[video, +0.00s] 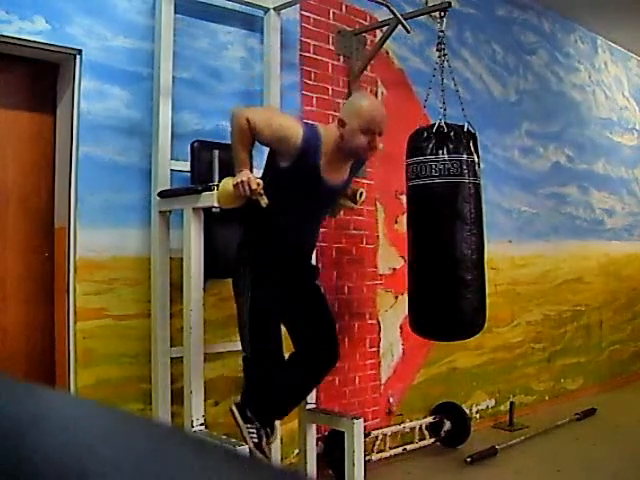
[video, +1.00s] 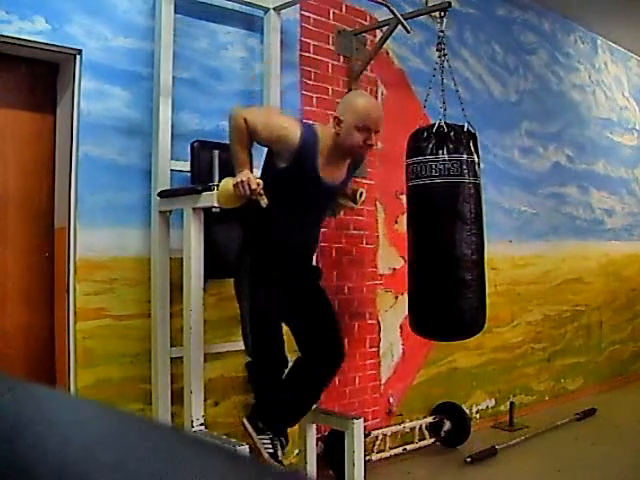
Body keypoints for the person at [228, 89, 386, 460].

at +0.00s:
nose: (375, 144)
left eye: (380, 135)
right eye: (368, 134)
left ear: (382, 134)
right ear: (342, 125)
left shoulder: (354, 160)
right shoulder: (300, 140)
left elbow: (312, 187)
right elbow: (244, 118)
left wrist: (340, 195)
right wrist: (243, 170)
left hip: (297, 266)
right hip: (258, 263)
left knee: (322, 350)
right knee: (264, 359)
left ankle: (254, 411)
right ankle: (261, 426)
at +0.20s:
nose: (369, 75)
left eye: (372, 66)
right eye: (362, 65)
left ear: (372, 66)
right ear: (337, 60)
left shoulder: (356, 105)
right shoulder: (292, 96)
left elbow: (316, 155)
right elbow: (236, 116)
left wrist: (337, 185)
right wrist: (243, 170)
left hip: (305, 228)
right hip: (267, 224)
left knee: (323, 318)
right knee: (262, 321)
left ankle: (249, 361)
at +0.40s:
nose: (362, 35)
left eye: (369, 28)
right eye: (355, 24)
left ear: (373, 32)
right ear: (330, 18)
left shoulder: (352, 71)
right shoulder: (286, 61)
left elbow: (342, 128)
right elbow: (247, 110)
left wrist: (342, 179)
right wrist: (245, 168)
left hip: (309, 196)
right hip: (269, 192)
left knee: (319, 286)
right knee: (259, 283)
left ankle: (244, 329)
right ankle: (243, 336)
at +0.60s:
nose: (362, 52)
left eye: (366, 45)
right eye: (356, 42)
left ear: (367, 46)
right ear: (329, 36)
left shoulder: (349, 83)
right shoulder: (283, 72)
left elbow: (340, 133)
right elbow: (241, 116)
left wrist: (341, 178)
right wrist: (244, 169)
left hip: (305, 208)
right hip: (265, 203)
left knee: (319, 297)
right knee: (256, 291)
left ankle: (242, 337)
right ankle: (244, 344)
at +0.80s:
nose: (366, 116)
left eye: (370, 108)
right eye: (360, 105)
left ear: (371, 108)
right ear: (335, 97)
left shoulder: (351, 143)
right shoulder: (292, 120)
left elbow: (319, 172)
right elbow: (235, 119)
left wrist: (341, 188)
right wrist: (243, 170)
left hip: (298, 251)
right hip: (258, 244)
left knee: (322, 337)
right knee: (260, 338)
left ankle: (261, 401)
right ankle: (262, 409)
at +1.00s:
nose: (372, 142)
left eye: (376, 133)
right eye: (364, 132)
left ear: (377, 132)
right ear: (338, 123)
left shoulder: (352, 161)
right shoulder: (296, 139)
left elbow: (313, 191)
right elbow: (241, 118)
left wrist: (339, 197)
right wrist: (243, 171)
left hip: (299, 268)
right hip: (259, 265)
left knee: (327, 353)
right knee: (267, 359)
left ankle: (265, 423)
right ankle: (273, 434)